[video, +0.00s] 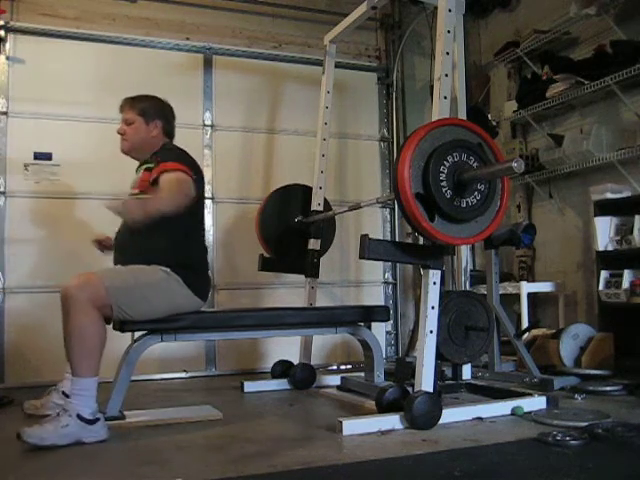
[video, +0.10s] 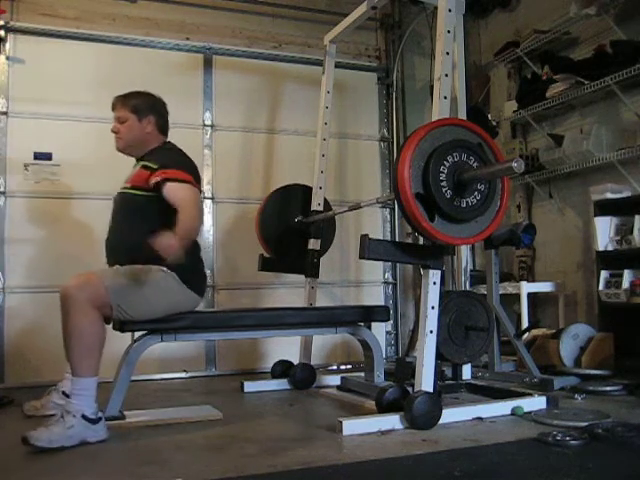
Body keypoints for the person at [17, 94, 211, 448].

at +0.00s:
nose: (120, 130)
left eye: (128, 123)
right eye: (121, 123)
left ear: (155, 129)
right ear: (149, 131)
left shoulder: (173, 161)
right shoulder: (147, 170)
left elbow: (178, 194)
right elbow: (155, 231)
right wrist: (117, 243)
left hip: (177, 280)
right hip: (154, 276)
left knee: (83, 292)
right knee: (75, 292)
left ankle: (86, 415)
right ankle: (72, 393)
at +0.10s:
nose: (114, 129)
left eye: (121, 122)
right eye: (114, 122)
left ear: (148, 124)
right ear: (145, 126)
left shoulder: (169, 161)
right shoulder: (146, 164)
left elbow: (190, 206)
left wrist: (179, 241)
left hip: (172, 281)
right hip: (148, 276)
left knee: (83, 293)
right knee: (74, 292)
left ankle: (87, 415)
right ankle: (72, 392)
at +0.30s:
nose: (108, 128)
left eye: (115, 120)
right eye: (108, 120)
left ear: (142, 120)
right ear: (140, 122)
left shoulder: (158, 158)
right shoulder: (136, 162)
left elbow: (182, 212)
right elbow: (145, 226)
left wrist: (145, 252)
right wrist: (106, 260)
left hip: (169, 278)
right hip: (144, 274)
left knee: (83, 296)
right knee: (68, 293)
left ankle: (86, 416)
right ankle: (70, 391)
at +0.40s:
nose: (101, 130)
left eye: (107, 122)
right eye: (100, 123)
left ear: (134, 123)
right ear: (128, 125)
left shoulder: (151, 162)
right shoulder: (129, 165)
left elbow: (163, 216)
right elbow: (130, 230)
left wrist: (97, 253)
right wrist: (88, 256)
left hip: (169, 278)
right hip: (142, 275)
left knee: (83, 292)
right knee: (66, 289)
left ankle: (87, 416)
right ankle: (70, 391)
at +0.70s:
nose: (64, 142)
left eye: (70, 133)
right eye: (63, 134)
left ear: (97, 129)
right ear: (93, 132)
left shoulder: (114, 168)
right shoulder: (99, 171)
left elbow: (113, 224)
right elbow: (98, 228)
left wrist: (51, 250)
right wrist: (52, 248)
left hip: (165, 276)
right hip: (143, 274)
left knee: (77, 295)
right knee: (69, 292)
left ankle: (87, 417)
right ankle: (71, 394)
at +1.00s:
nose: (56, 134)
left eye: (62, 126)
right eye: (55, 127)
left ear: (90, 124)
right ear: (84, 127)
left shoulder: (102, 162)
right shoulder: (84, 166)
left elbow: (76, 212)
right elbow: (60, 213)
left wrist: (29, 244)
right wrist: (22, 233)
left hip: (156, 270)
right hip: (133, 268)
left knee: (71, 293)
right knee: (66, 290)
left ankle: (85, 416)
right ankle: (72, 392)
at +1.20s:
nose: (67, 137)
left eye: (73, 128)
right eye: (67, 129)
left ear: (101, 127)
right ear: (100, 130)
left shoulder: (113, 164)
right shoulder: (104, 166)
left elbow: (58, 215)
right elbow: (59, 228)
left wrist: (14, 216)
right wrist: (13, 218)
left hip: (163, 276)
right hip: (140, 273)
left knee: (76, 294)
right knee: (65, 293)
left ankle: (86, 416)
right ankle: (70, 392)